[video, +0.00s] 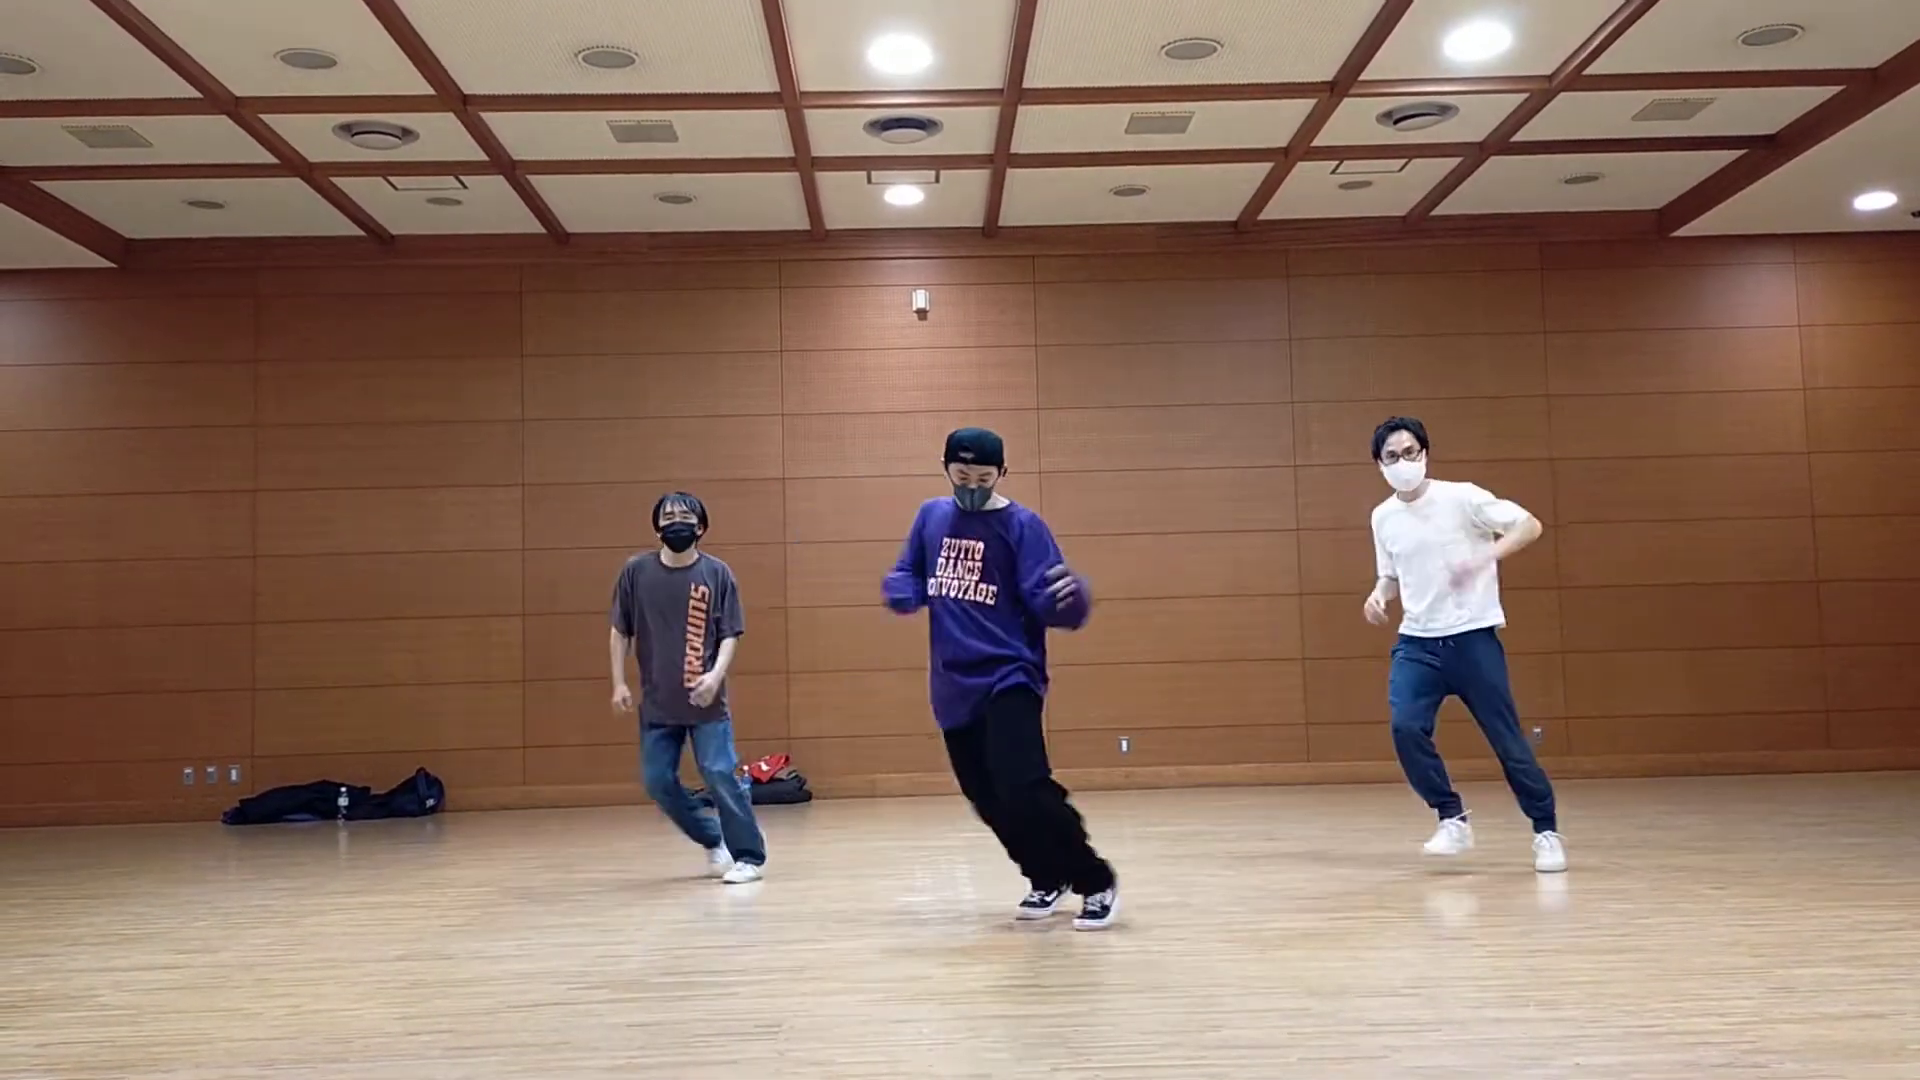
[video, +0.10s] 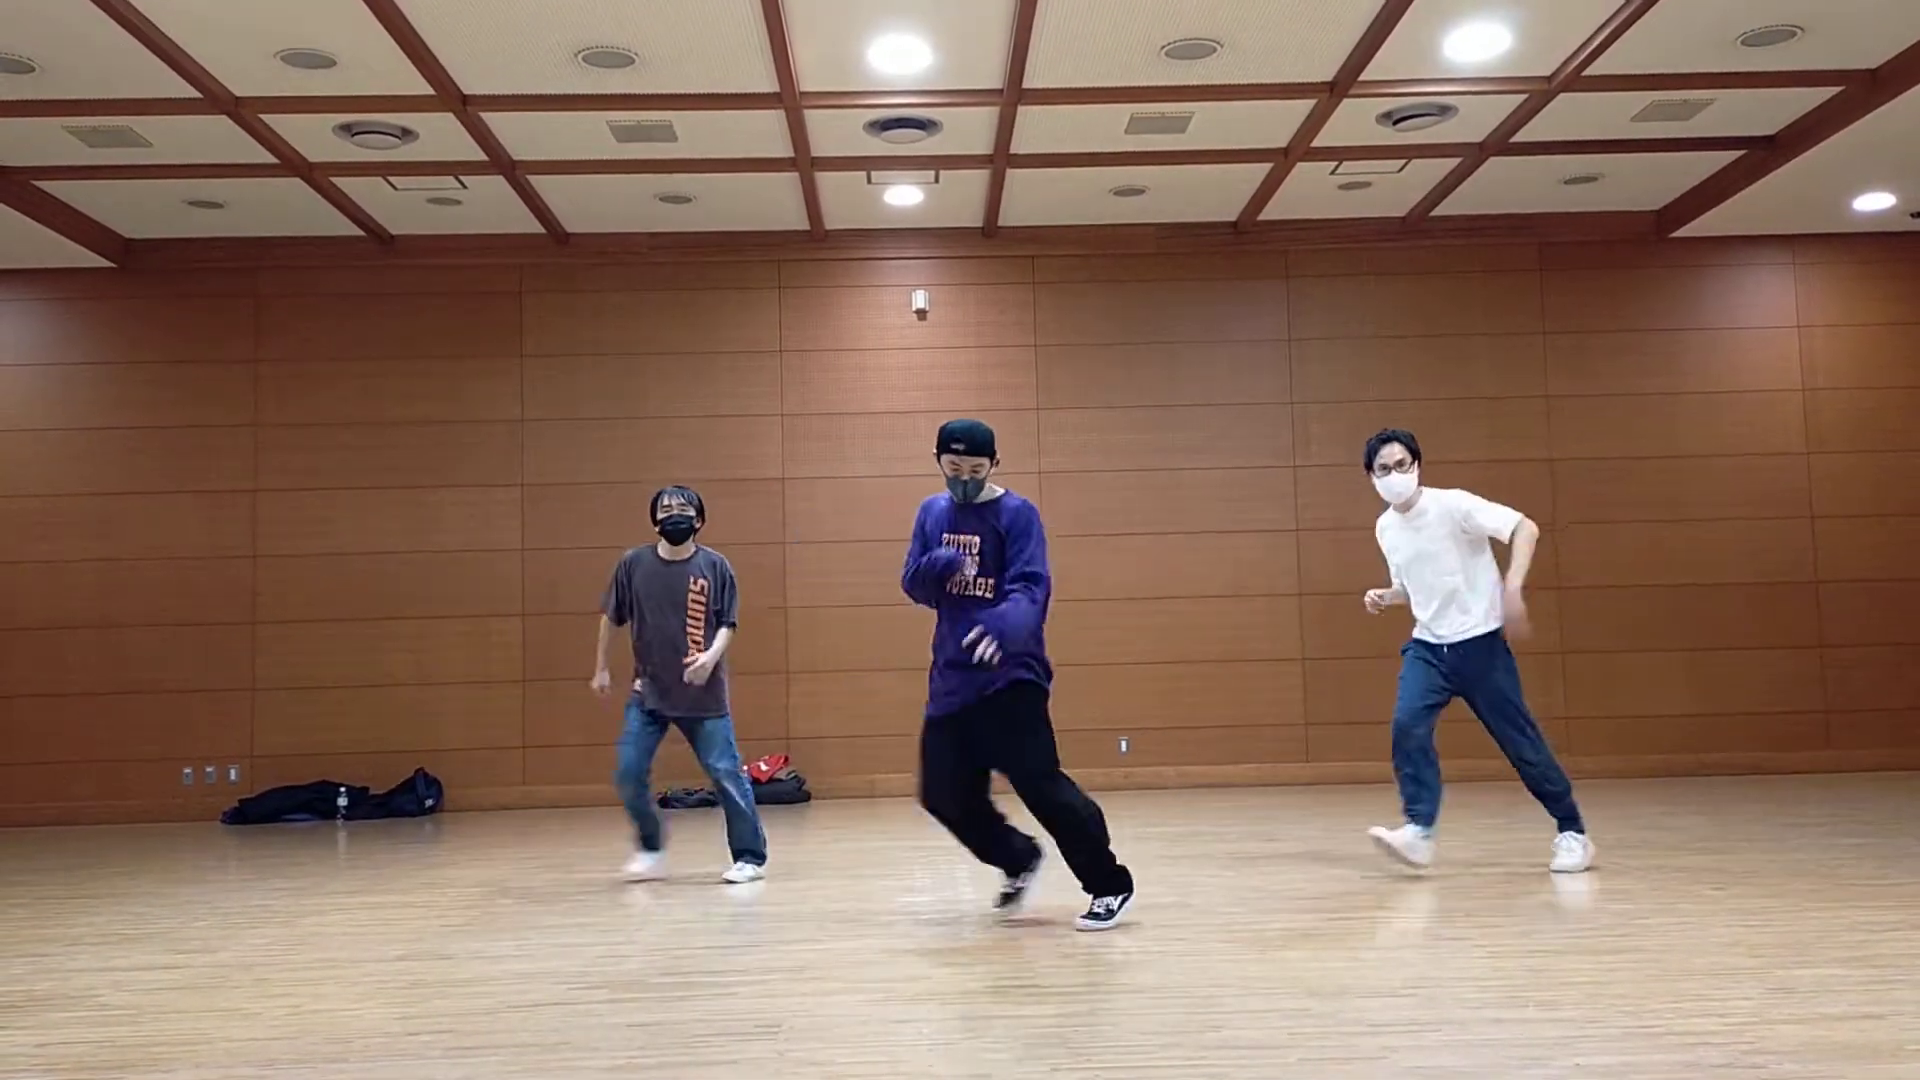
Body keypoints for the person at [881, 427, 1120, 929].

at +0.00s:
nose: (971, 482)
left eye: (982, 473)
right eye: (962, 472)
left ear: (998, 474)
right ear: (948, 471)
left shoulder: (1022, 527)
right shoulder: (931, 518)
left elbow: (1051, 602)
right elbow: (905, 577)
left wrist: (1071, 598)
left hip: (1009, 677)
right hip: (953, 684)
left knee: (1021, 786)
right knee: (986, 797)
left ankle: (1097, 882)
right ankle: (1046, 877)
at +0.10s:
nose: (962, 475)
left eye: (972, 466)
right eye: (952, 465)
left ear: (991, 466)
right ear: (940, 465)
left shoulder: (1017, 514)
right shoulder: (933, 513)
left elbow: (1031, 589)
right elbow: (917, 587)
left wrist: (1002, 626)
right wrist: (939, 564)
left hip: (1011, 672)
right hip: (953, 676)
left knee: (1039, 783)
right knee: (944, 794)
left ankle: (1110, 885)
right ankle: (1020, 857)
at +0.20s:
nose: (945, 472)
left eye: (955, 463)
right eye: (935, 463)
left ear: (974, 463)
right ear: (923, 463)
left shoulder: (999, 509)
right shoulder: (921, 507)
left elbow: (1009, 593)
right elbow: (905, 571)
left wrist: (985, 658)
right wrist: (949, 537)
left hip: (1007, 670)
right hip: (947, 672)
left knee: (1030, 785)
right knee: (905, 772)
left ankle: (1111, 883)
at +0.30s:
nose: (921, 463)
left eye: (932, 455)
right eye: (913, 454)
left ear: (950, 457)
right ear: (901, 455)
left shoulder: (976, 505)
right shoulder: (895, 500)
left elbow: (1007, 582)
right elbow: (880, 551)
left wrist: (1025, 653)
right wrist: (936, 558)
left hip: (982, 679)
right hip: (924, 680)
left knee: (1023, 784)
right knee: (884, 781)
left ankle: (1101, 879)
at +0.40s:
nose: (899, 459)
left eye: (910, 451)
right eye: (890, 450)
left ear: (927, 454)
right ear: (876, 453)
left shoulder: (959, 502)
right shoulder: (866, 501)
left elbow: (1014, 557)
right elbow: (854, 564)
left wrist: (1068, 597)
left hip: (952, 668)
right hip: (890, 668)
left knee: (968, 778)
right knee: (857, 776)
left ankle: (1058, 877)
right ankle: (839, 894)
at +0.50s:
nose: (884, 451)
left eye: (894, 443)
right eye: (874, 442)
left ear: (911, 448)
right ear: (859, 447)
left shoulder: (951, 497)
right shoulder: (848, 508)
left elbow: (1020, 520)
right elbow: (819, 581)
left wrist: (1088, 530)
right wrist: (807, 646)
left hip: (933, 656)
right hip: (869, 658)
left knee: (905, 774)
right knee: (847, 783)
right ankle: (831, 892)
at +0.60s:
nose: (874, 443)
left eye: (884, 434)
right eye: (864, 434)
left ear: (902, 438)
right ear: (851, 440)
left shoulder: (947, 485)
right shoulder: (841, 505)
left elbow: (1018, 494)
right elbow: (807, 575)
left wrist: (1084, 477)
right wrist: (806, 636)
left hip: (930, 650)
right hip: (864, 649)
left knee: (891, 770)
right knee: (850, 766)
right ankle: (825, 882)